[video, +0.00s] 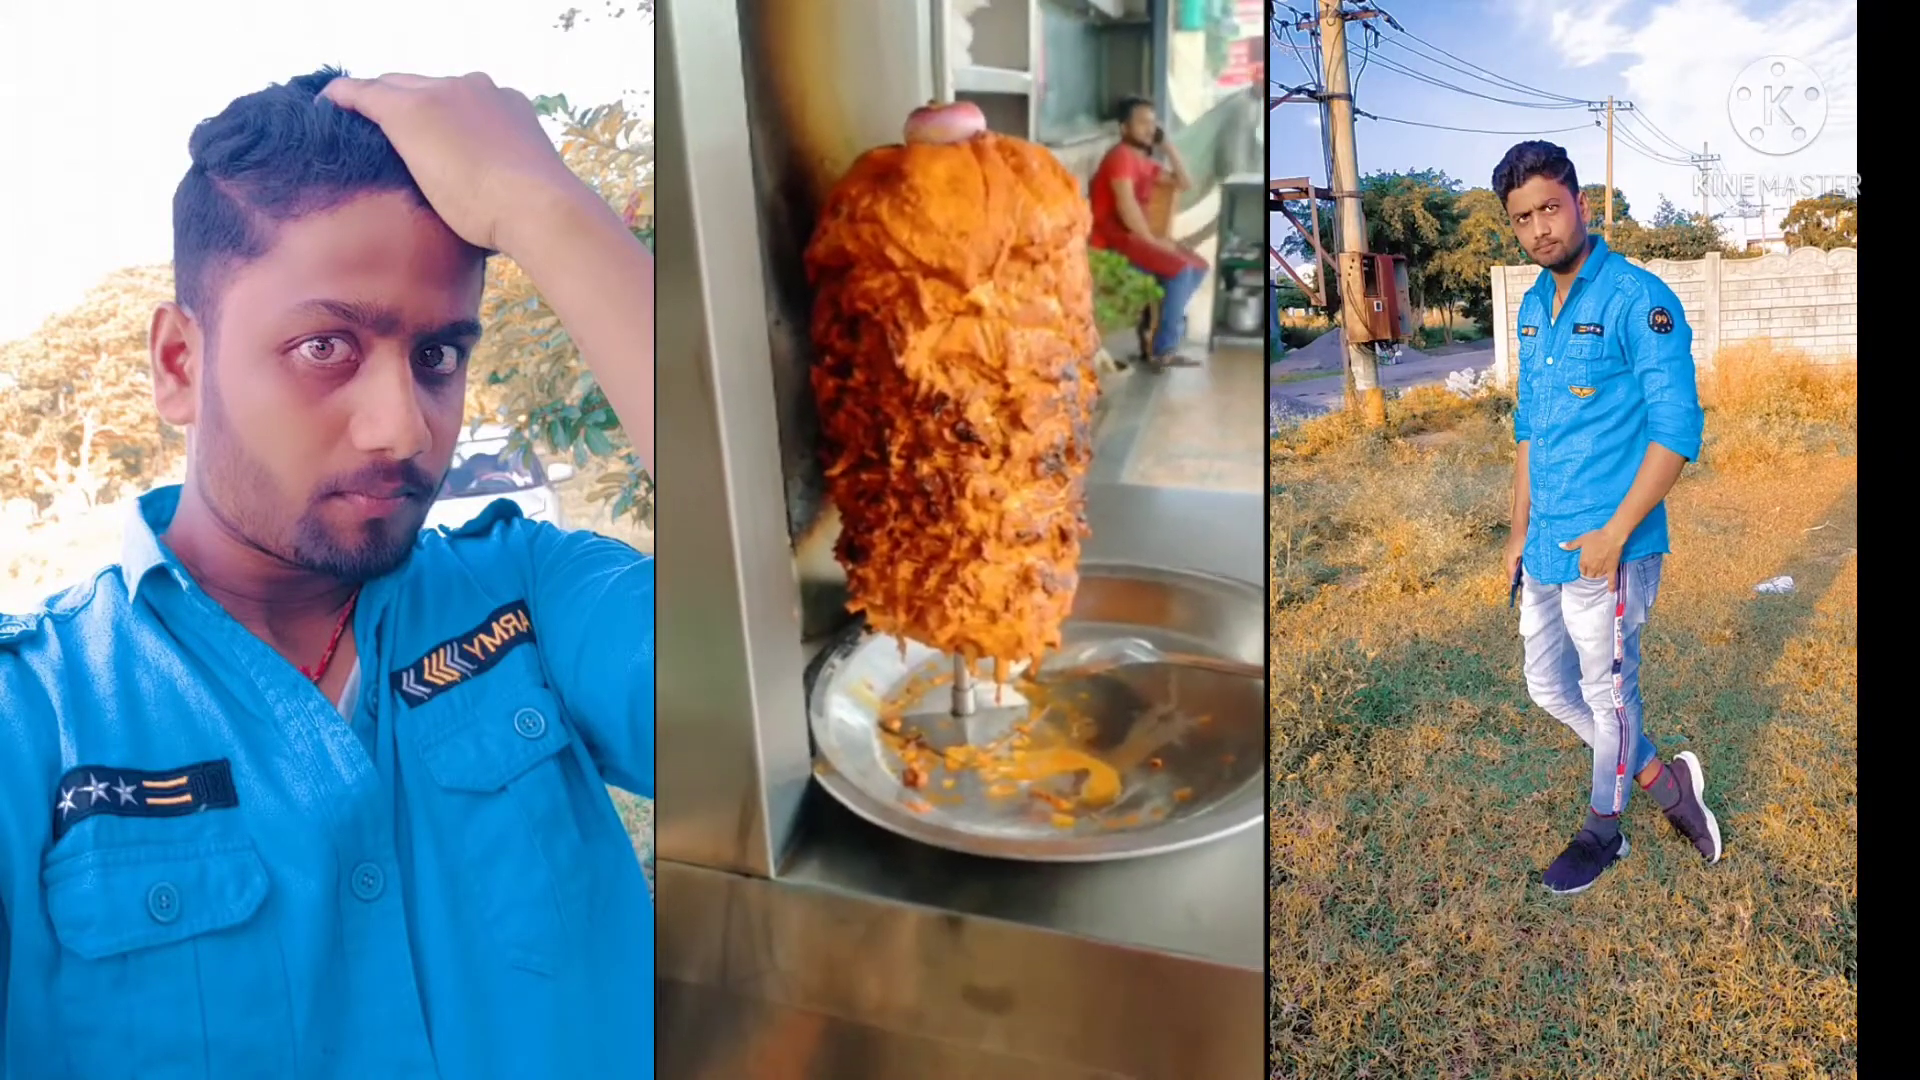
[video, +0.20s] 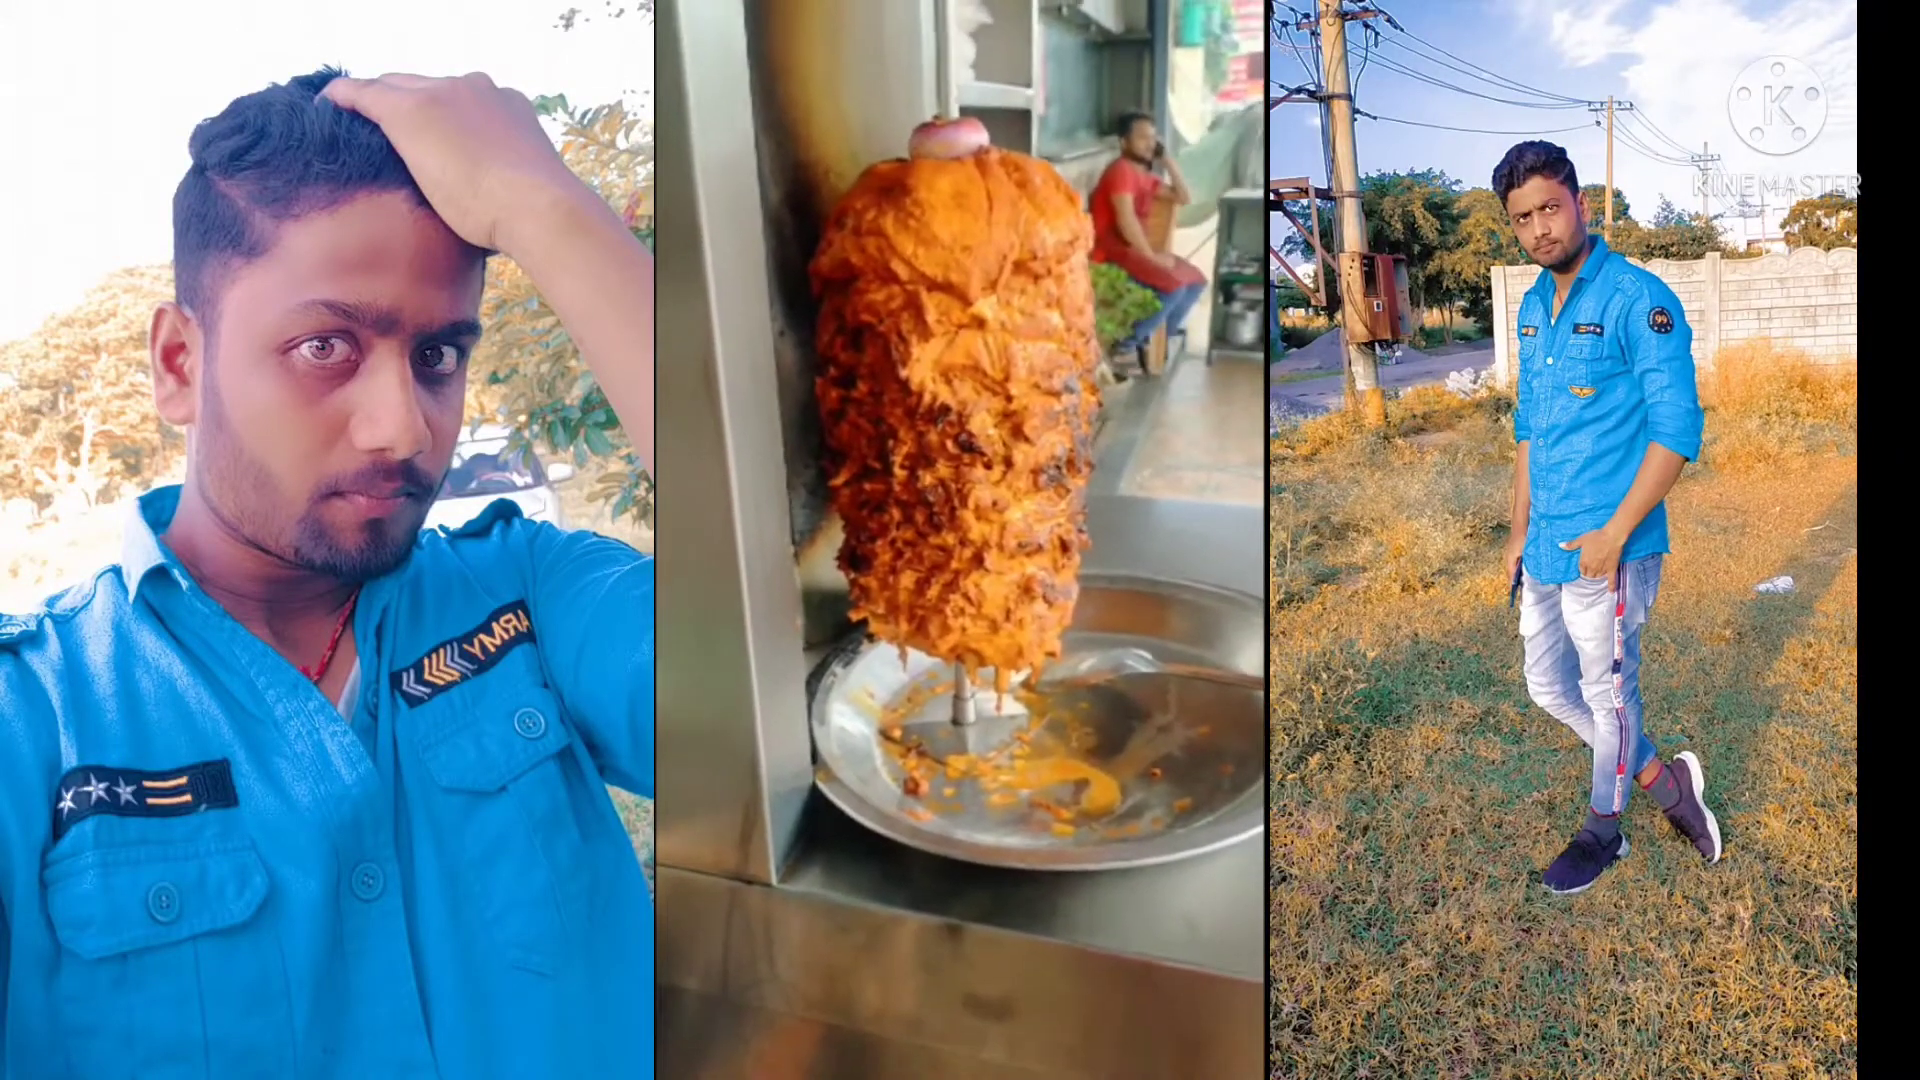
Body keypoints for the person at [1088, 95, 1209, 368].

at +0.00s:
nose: (1150, 129)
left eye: (1153, 122)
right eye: (1143, 122)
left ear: (1155, 127)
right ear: (1125, 127)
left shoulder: (1144, 160)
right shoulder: (1121, 156)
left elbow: (1183, 183)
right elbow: (1126, 207)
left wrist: (1167, 146)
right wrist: (1152, 242)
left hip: (1133, 234)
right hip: (1113, 237)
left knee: (1197, 268)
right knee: (1180, 272)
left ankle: (1154, 326)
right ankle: (1163, 350)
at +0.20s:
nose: (1150, 143)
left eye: (1153, 137)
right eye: (1143, 137)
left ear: (1156, 142)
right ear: (1124, 142)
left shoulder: (1144, 174)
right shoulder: (1121, 171)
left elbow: (1182, 197)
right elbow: (1125, 221)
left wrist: (1166, 160)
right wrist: (1151, 256)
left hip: (1134, 248)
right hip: (1112, 250)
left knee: (1195, 281)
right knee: (1173, 285)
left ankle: (1161, 340)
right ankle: (1128, 345)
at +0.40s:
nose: (1153, 146)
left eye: (1155, 140)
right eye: (1145, 140)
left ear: (1157, 146)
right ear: (1127, 146)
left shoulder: (1147, 179)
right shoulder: (1123, 174)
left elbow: (1184, 200)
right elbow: (1126, 222)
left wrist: (1170, 166)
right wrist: (1151, 259)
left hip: (1136, 251)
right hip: (1113, 253)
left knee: (1196, 284)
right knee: (1174, 290)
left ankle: (1158, 344)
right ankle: (1126, 351)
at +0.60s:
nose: (1163, 140)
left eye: (1166, 134)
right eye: (1156, 134)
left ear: (1168, 140)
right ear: (1137, 140)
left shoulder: (1157, 173)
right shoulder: (1133, 168)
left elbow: (1194, 196)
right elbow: (1136, 218)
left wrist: (1180, 159)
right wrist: (1161, 254)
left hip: (1146, 246)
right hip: (1123, 248)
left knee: (1206, 279)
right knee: (1182, 285)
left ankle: (1167, 340)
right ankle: (1134, 347)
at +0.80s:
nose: (1185, 84)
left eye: (1188, 79)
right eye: (1178, 78)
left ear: (1190, 83)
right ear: (1160, 82)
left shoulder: (1179, 117)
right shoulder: (1154, 112)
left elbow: (1215, 143)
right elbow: (1155, 162)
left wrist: (1202, 105)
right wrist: (1178, 202)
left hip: (1171, 193)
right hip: (1146, 194)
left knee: (1225, 229)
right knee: (1202, 236)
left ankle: (1183, 288)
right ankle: (1150, 295)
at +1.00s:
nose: (1204, 63)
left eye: (1207, 57)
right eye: (1197, 57)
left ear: (1209, 63)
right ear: (1178, 61)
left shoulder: (1195, 97)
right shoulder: (1173, 91)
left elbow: (1234, 123)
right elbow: (1172, 142)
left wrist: (1221, 83)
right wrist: (1196, 184)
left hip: (1180, 174)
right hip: (1157, 174)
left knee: (1241, 210)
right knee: (1217, 217)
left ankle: (1190, 270)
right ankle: (1163, 276)